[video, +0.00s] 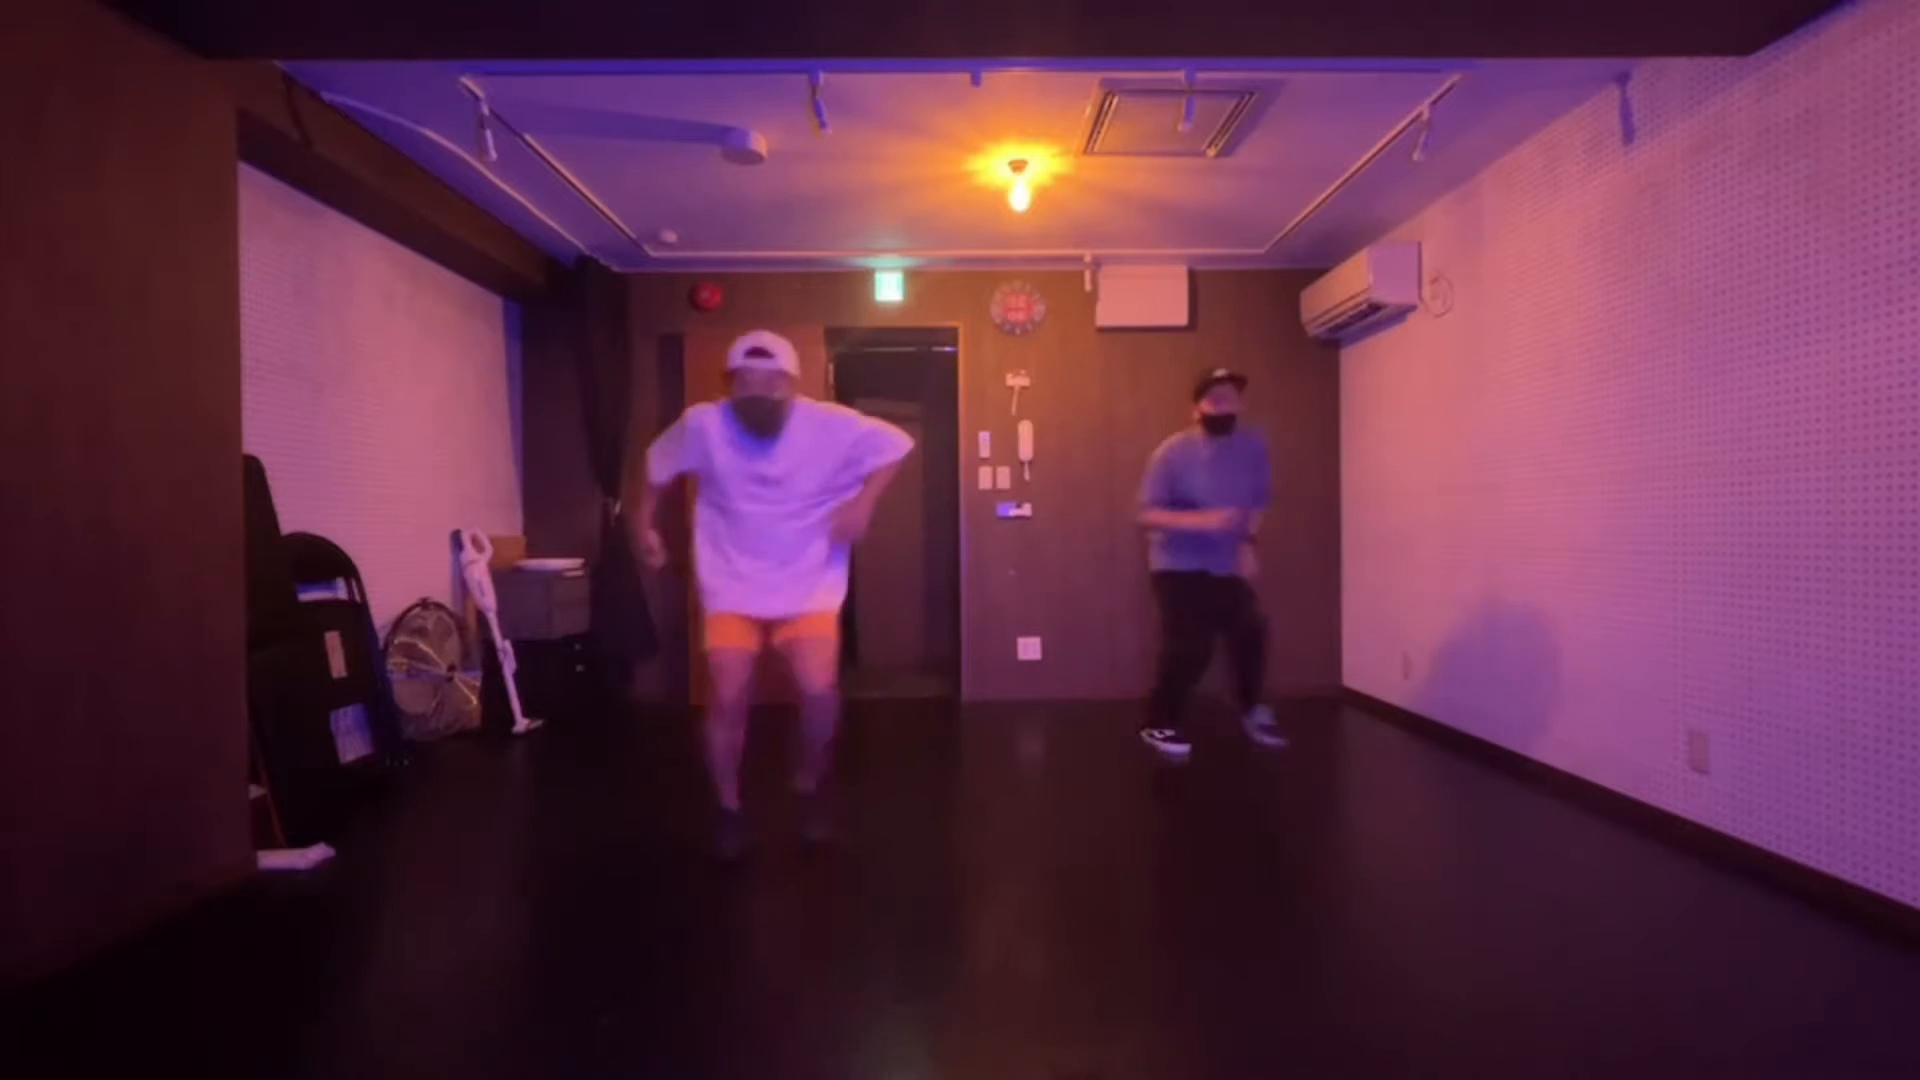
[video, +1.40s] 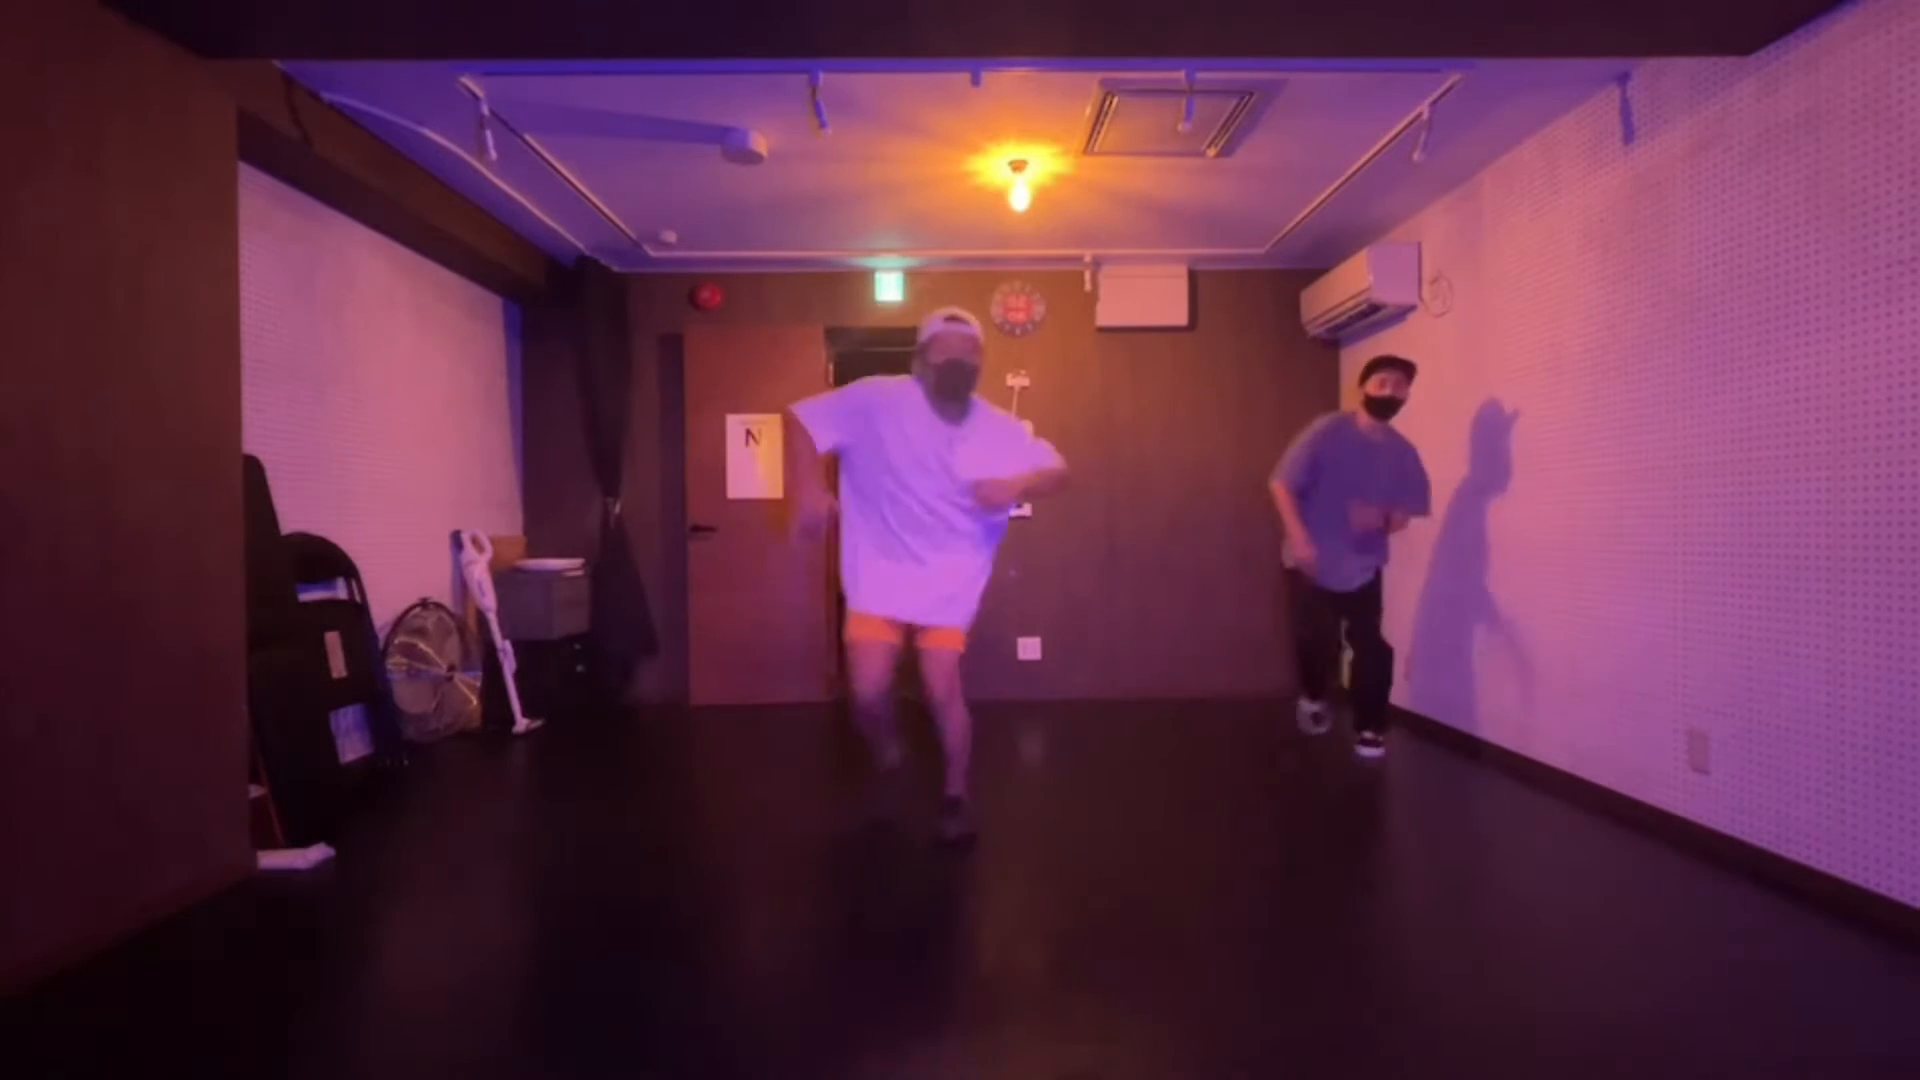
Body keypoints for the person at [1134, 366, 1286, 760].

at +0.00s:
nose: (1225, 408)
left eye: (1231, 399)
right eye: (1216, 399)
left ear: (1240, 404)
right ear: (1198, 405)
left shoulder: (1251, 449)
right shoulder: (1174, 451)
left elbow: (1259, 502)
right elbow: (1146, 512)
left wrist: (1248, 539)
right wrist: (1206, 521)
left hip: (1226, 568)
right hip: (1178, 569)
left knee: (1250, 631)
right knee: (1187, 646)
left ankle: (1252, 708)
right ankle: (1161, 723)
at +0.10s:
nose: (1210, 406)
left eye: (1217, 396)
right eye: (1201, 397)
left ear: (1227, 401)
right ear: (1183, 405)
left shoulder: (1243, 446)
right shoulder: (1164, 453)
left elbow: (1253, 499)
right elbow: (1132, 507)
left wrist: (1230, 532)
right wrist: (1165, 540)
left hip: (1223, 571)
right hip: (1176, 570)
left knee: (1234, 644)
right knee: (1181, 650)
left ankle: (1217, 701)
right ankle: (1163, 723)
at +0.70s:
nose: (1222, 382)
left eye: (1229, 374)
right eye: (1213, 374)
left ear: (1241, 383)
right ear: (1196, 383)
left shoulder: (1259, 436)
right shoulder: (1173, 439)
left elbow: (1273, 501)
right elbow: (1149, 496)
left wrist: (1267, 557)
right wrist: (1148, 543)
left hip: (1237, 558)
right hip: (1186, 557)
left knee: (1256, 629)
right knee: (1189, 638)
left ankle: (1222, 687)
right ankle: (1159, 721)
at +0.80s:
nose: (1255, 359)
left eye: (1263, 352)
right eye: (1246, 350)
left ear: (1273, 362)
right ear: (1226, 358)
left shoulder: (1285, 413)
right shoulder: (1198, 411)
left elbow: (1302, 472)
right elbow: (1164, 465)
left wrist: (1301, 528)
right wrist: (1164, 514)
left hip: (1262, 550)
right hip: (1207, 550)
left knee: (1301, 618)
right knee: (1192, 635)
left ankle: (1294, 717)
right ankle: (1163, 719)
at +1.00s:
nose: (1302, 364)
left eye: (1312, 358)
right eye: (1296, 354)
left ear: (1325, 362)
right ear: (1278, 354)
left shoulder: (1336, 395)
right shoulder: (1249, 390)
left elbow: (1347, 452)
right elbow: (1206, 431)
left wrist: (1348, 506)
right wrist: (1210, 472)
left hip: (1318, 543)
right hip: (1261, 541)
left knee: (1333, 639)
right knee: (1234, 632)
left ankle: (1331, 727)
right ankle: (1205, 716)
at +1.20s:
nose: (1346, 363)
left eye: (1354, 356)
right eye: (1339, 353)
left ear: (1362, 363)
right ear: (1319, 357)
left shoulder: (1372, 415)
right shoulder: (1286, 402)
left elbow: (1385, 483)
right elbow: (1237, 446)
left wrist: (1377, 543)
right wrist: (1255, 491)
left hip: (1341, 551)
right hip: (1283, 546)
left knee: (1353, 641)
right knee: (1269, 631)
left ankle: (1365, 726)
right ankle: (1262, 718)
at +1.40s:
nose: (1389, 392)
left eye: (1398, 387)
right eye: (1382, 383)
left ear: (1406, 397)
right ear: (1363, 386)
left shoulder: (1400, 451)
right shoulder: (1329, 431)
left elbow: (1410, 509)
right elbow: (1281, 483)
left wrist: (1383, 520)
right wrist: (1299, 538)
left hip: (1362, 570)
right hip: (1314, 565)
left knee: (1369, 647)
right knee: (1315, 638)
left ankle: (1370, 725)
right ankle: (1314, 697)